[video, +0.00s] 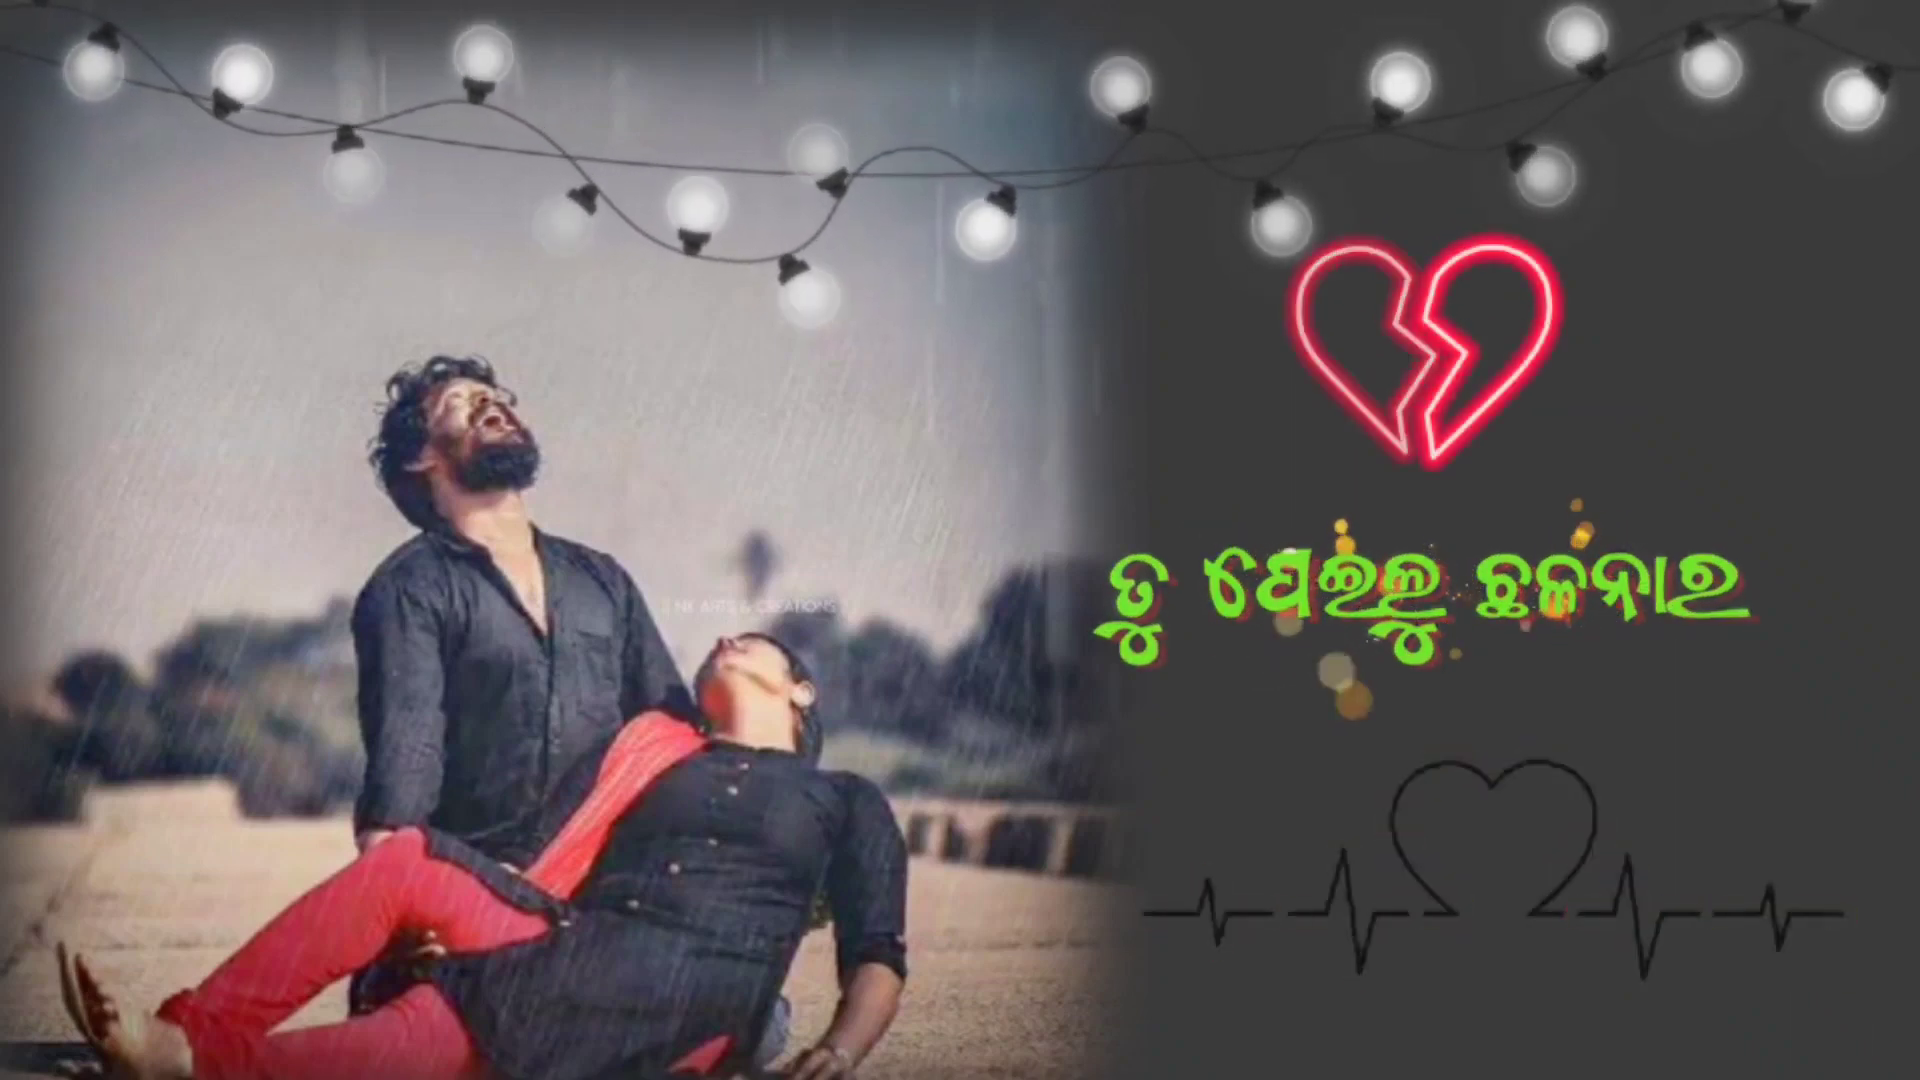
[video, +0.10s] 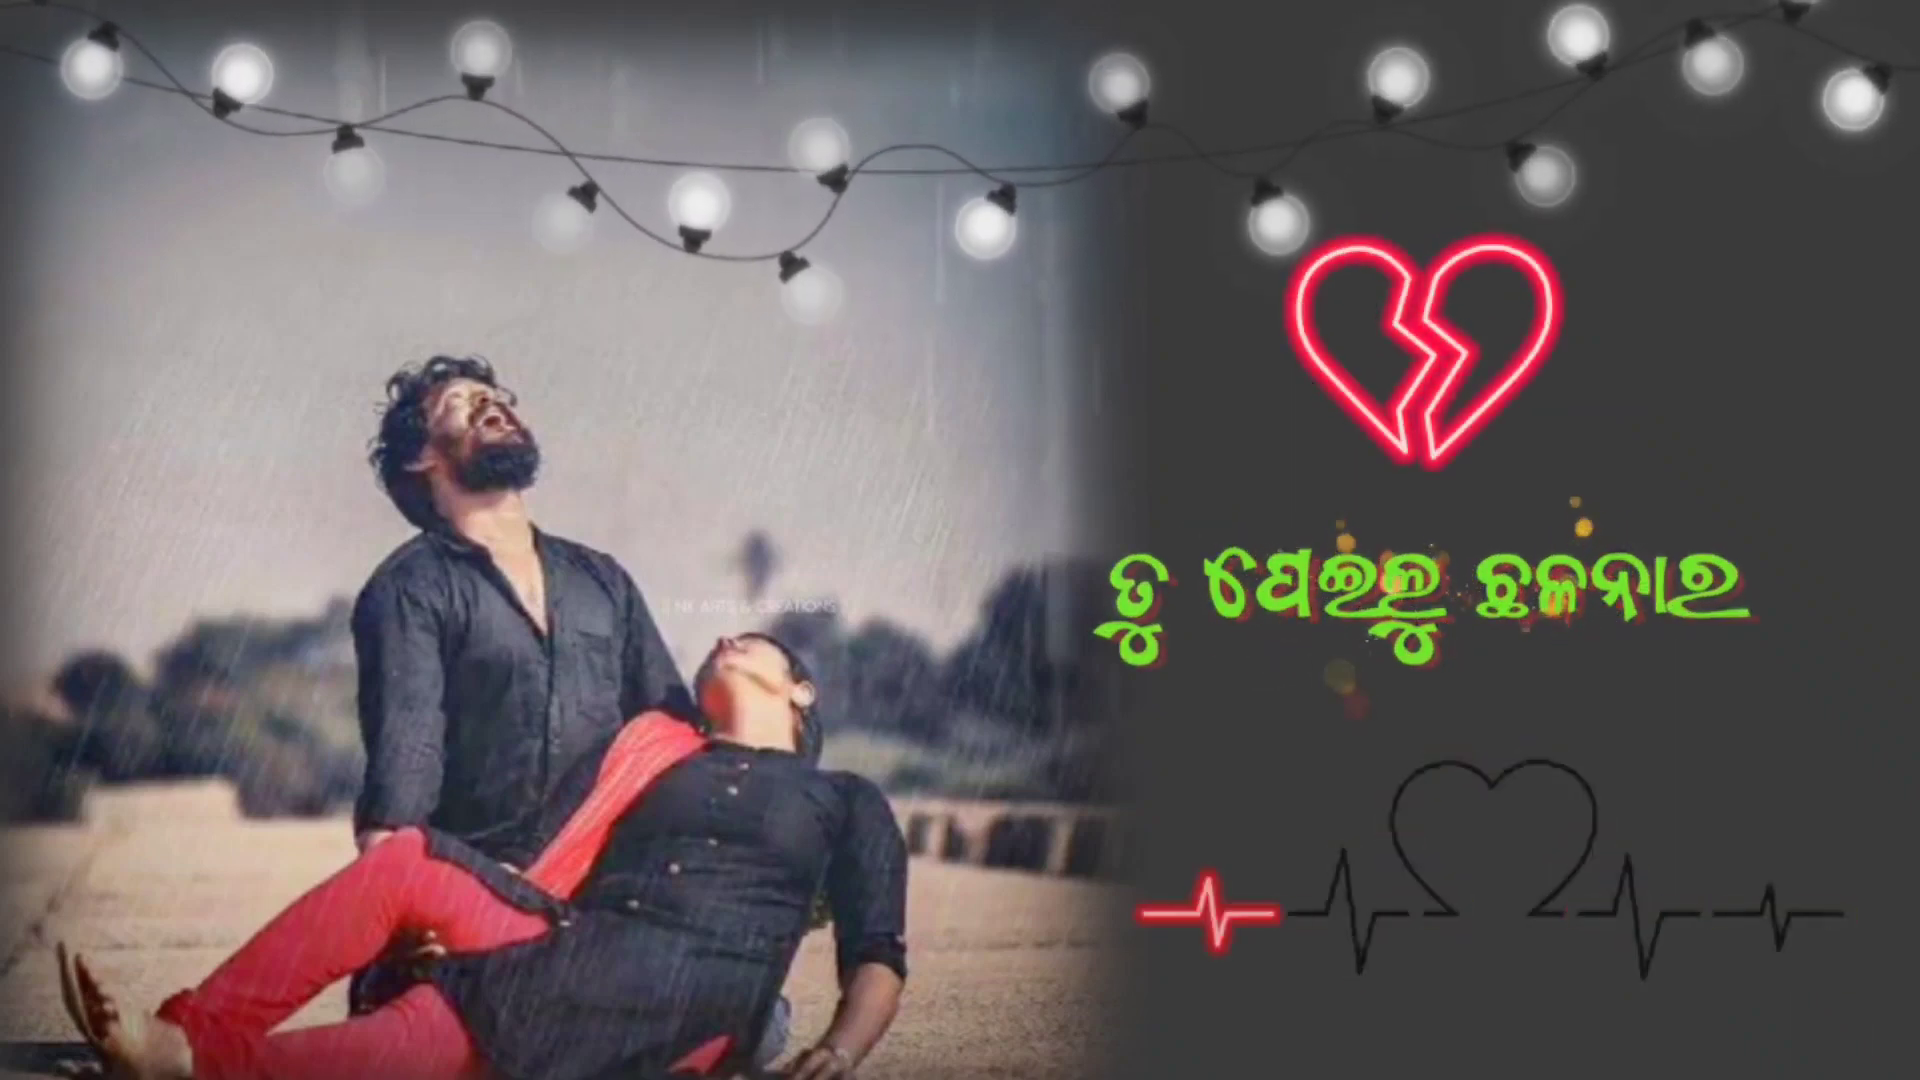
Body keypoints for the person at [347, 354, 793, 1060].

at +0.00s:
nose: (496, 408)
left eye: (502, 401)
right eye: (463, 406)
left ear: (525, 438)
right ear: (421, 462)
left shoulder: (602, 578)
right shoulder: (410, 587)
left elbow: (678, 728)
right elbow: (404, 753)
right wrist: (387, 904)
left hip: (617, 883)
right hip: (462, 890)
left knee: (760, 1022)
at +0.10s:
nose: (496, 408)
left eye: (502, 401)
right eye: (463, 406)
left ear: (525, 438)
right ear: (421, 462)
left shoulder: (602, 578)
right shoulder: (410, 587)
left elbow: (678, 728)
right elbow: (404, 753)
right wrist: (387, 904)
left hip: (617, 883)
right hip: (462, 890)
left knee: (760, 1022)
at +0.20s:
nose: (496, 409)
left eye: (502, 401)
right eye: (462, 406)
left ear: (525, 438)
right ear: (421, 463)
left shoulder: (603, 579)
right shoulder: (410, 588)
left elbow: (679, 729)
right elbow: (404, 753)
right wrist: (388, 904)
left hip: (617, 882)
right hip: (463, 889)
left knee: (760, 1021)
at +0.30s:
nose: (497, 408)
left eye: (502, 401)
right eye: (463, 406)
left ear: (525, 438)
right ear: (421, 462)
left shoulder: (602, 578)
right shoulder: (410, 587)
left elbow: (678, 728)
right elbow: (404, 753)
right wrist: (387, 904)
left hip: (617, 883)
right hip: (462, 890)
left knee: (760, 1022)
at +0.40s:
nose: (496, 408)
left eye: (502, 401)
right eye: (463, 406)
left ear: (525, 438)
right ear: (421, 462)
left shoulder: (602, 578)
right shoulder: (410, 587)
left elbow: (678, 728)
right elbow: (404, 753)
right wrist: (387, 904)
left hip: (617, 883)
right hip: (462, 890)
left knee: (760, 1022)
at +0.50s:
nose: (496, 408)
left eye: (502, 401)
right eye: (463, 406)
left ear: (525, 438)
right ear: (421, 462)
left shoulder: (602, 578)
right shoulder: (410, 587)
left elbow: (678, 728)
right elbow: (404, 753)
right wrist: (387, 904)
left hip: (617, 883)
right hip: (462, 890)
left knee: (760, 1022)